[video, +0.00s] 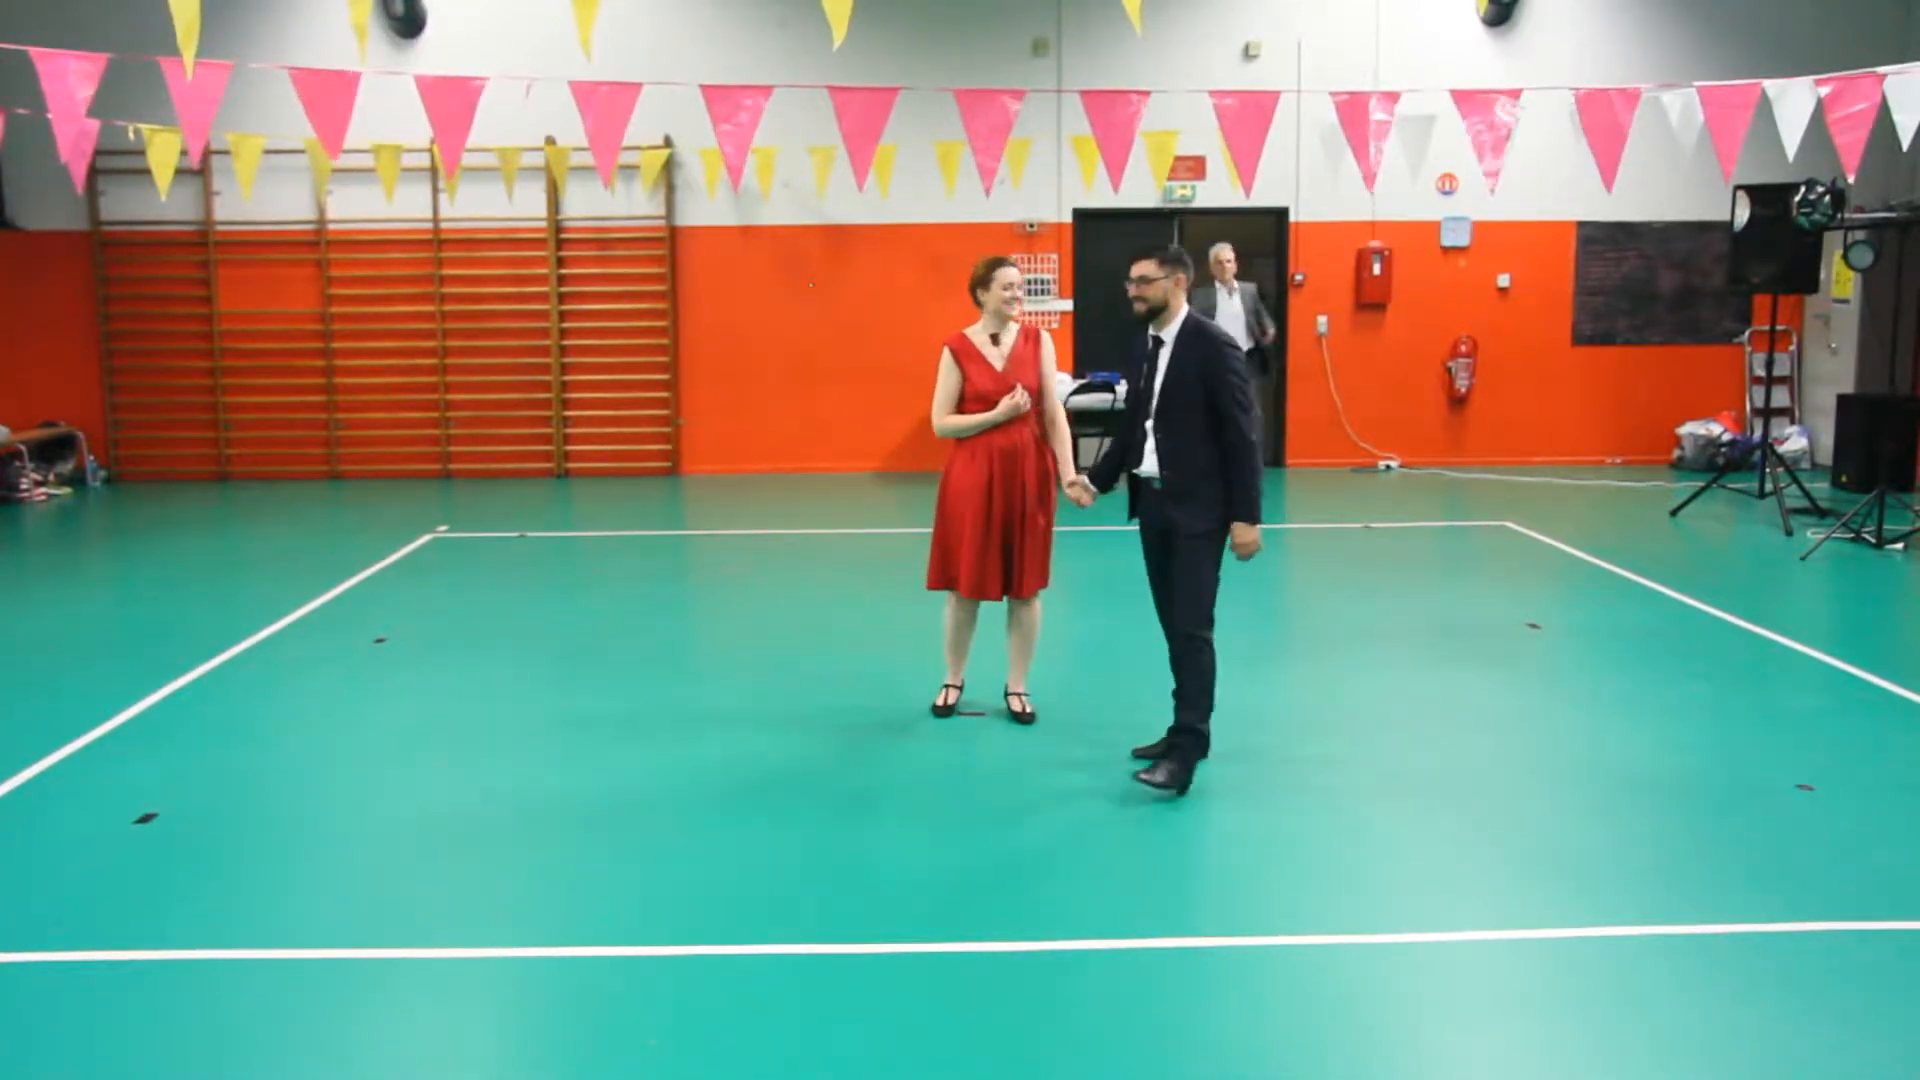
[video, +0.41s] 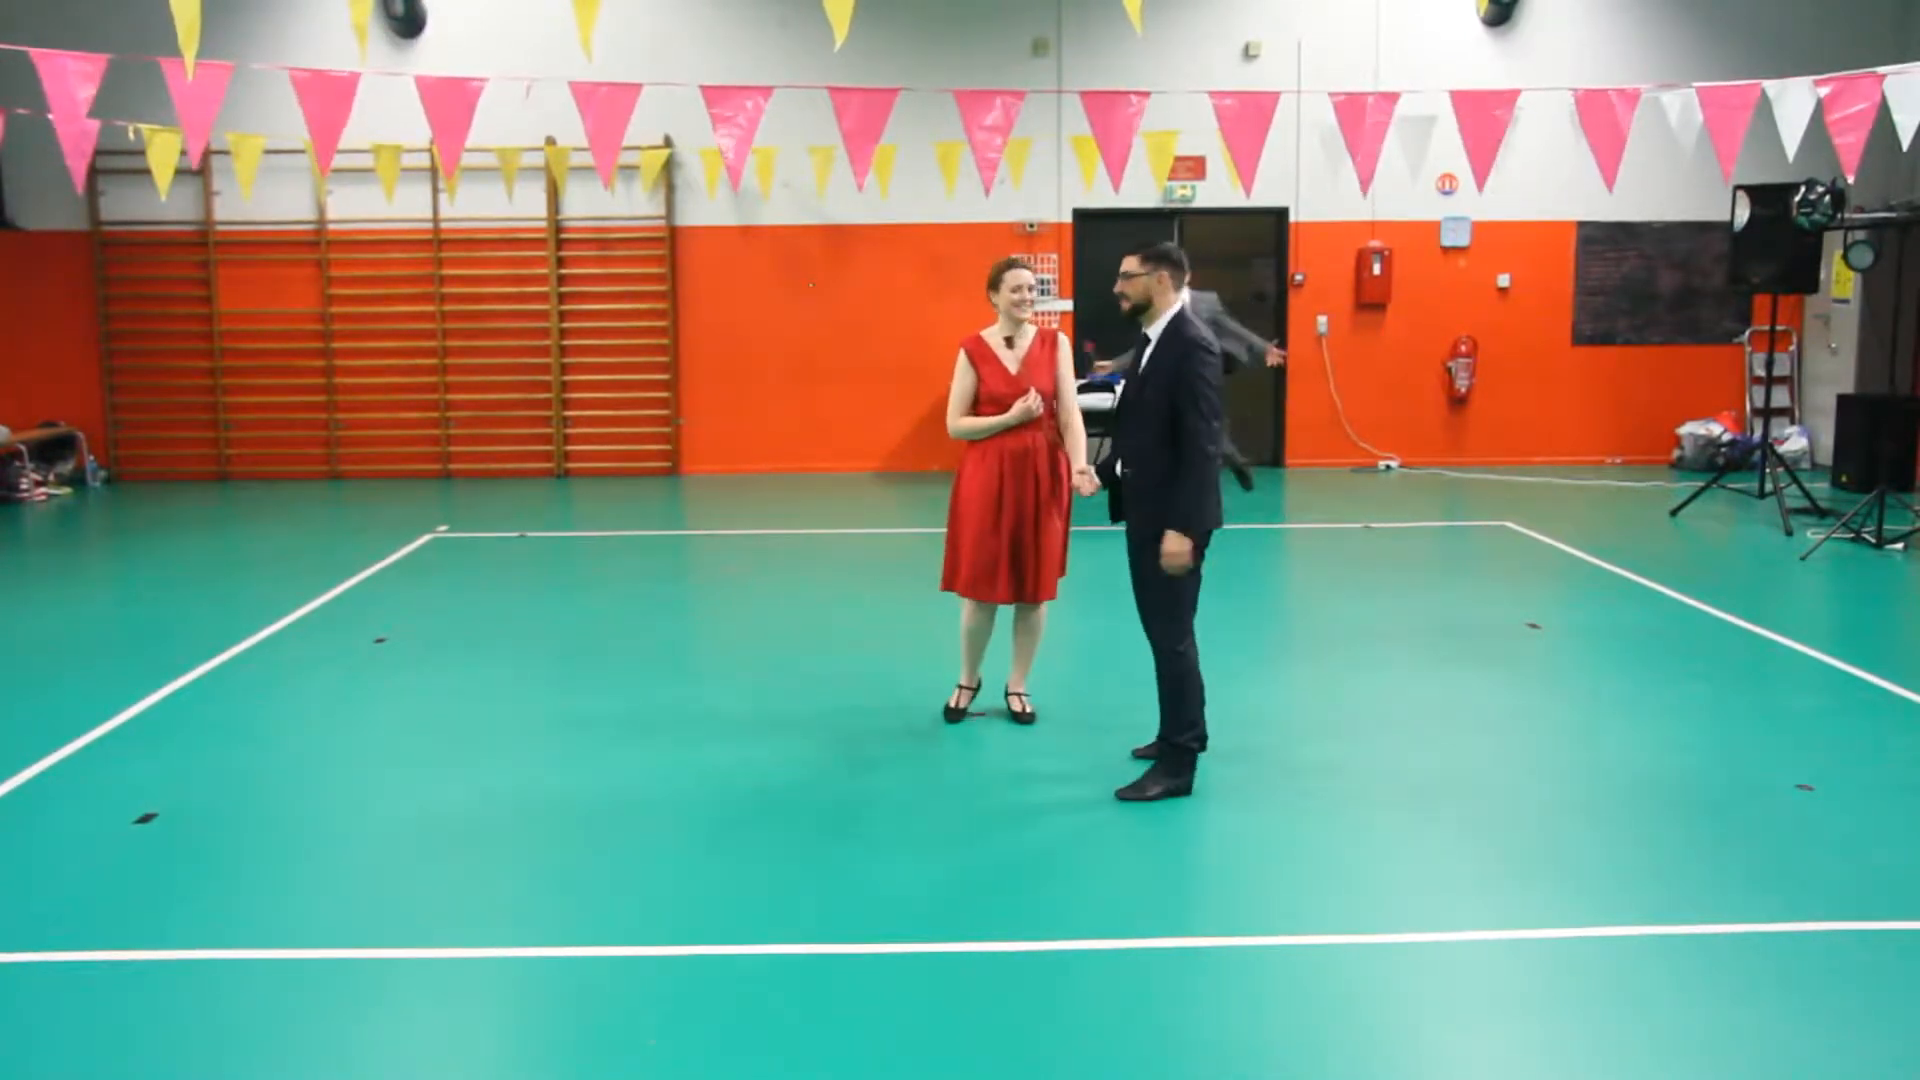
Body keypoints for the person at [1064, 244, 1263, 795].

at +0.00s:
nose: (1134, 291)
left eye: (1144, 282)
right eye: (1131, 282)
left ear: (1179, 283)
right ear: (1139, 288)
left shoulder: (1214, 345)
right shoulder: (1148, 345)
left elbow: (1241, 434)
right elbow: (1134, 423)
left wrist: (1246, 516)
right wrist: (1096, 480)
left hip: (1199, 504)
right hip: (1153, 501)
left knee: (1191, 628)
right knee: (1175, 626)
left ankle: (1186, 752)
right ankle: (1185, 729)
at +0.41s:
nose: (1119, 287)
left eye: (1129, 277)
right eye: (1120, 278)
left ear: (1167, 280)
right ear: (1152, 282)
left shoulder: (1192, 344)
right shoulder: (1154, 340)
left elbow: (1203, 441)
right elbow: (1138, 424)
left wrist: (1185, 526)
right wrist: (1102, 466)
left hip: (1174, 514)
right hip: (1146, 509)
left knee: (1173, 640)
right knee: (1165, 635)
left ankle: (1178, 763)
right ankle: (1179, 733)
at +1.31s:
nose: (1123, 286)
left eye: (1124, 278)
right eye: (1127, 277)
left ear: (1131, 282)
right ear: (1176, 280)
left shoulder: (1161, 352)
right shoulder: (1192, 335)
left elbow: (1146, 453)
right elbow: (1157, 425)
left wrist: (1117, 529)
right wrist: (1111, 470)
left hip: (1165, 518)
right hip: (1185, 510)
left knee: (1166, 638)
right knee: (1170, 633)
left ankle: (1180, 764)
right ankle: (1178, 742)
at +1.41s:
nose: (1125, 286)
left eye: (1127, 278)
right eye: (1130, 277)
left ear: (1137, 282)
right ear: (1180, 280)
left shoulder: (1166, 351)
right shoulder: (1195, 336)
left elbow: (1152, 456)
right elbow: (1148, 411)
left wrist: (1095, 508)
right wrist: (1073, 398)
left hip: (1165, 519)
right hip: (1187, 511)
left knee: (1162, 637)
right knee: (1171, 629)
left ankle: (1179, 763)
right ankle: (1182, 737)